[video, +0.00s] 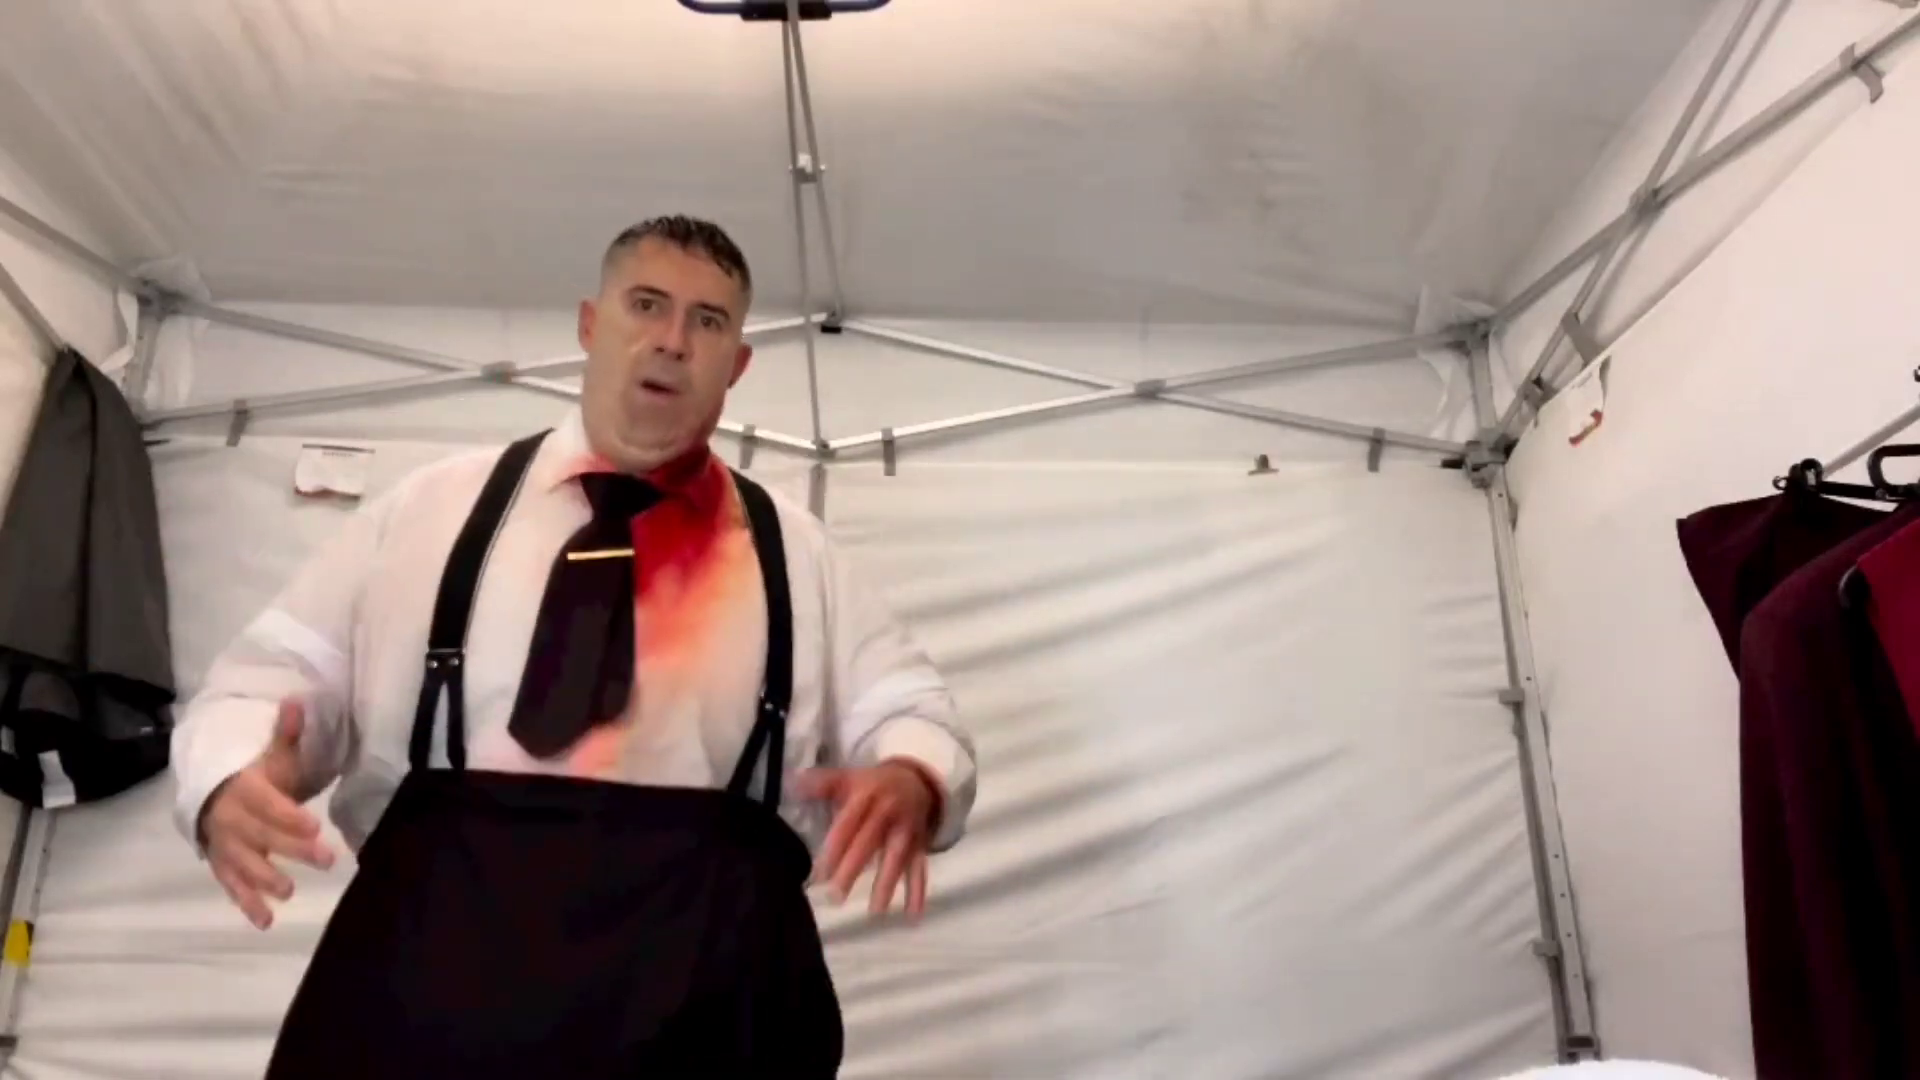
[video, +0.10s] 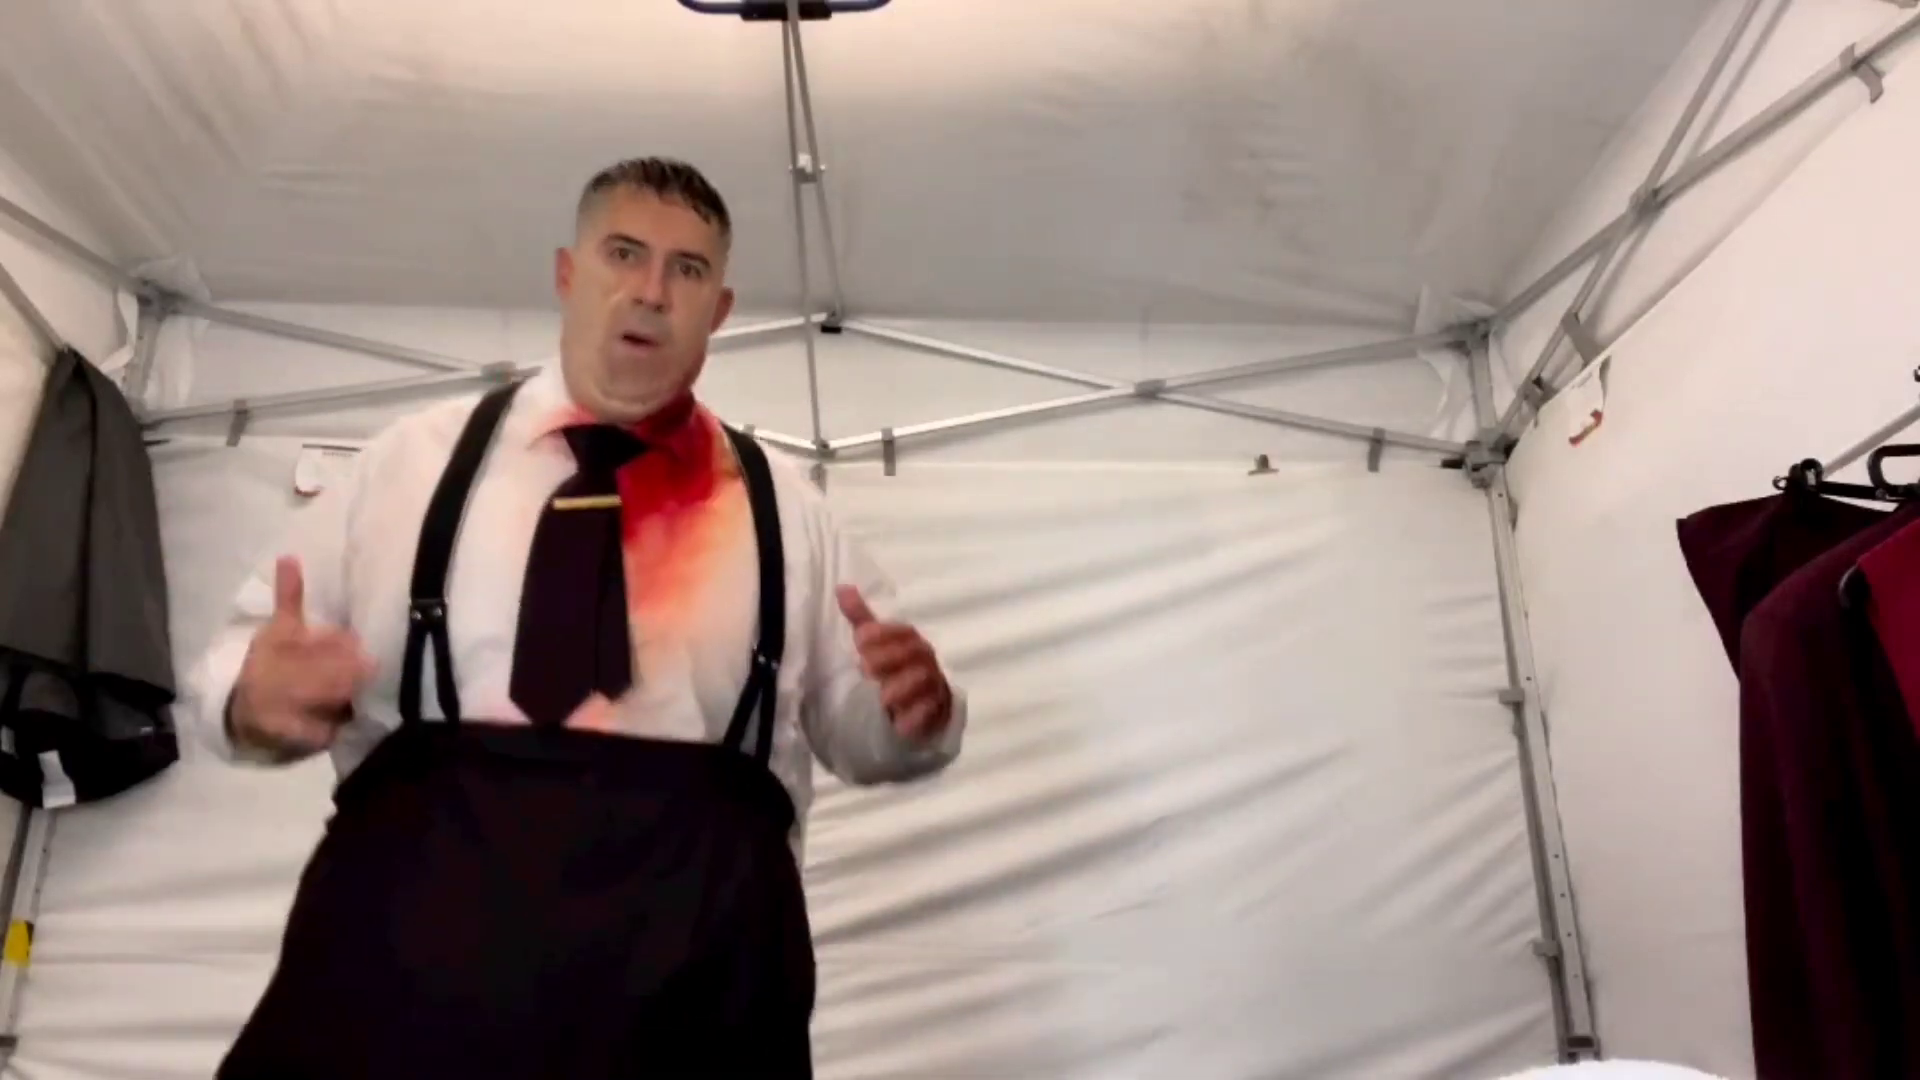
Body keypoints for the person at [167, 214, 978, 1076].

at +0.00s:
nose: (672, 341)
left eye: (706, 322)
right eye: (645, 306)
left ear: (738, 366)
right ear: (588, 328)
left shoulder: (796, 551)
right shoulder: (436, 506)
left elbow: (904, 706)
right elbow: (279, 674)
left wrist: (912, 775)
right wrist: (226, 779)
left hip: (697, 935)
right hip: (448, 922)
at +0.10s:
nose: (651, 291)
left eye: (687, 269)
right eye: (622, 254)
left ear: (719, 313)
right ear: (565, 277)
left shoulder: (785, 501)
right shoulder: (418, 458)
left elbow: (846, 725)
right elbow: (236, 665)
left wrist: (908, 712)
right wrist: (253, 696)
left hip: (688, 908)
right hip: (430, 895)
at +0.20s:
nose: (600, 238)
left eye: (636, 215)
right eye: (570, 206)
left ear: (674, 264)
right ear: (515, 236)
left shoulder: (753, 455)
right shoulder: (369, 420)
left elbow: (828, 656)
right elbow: (207, 666)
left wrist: (892, 650)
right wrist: (201, 602)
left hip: (655, 843)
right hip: (394, 824)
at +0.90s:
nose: (599, 204)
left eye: (638, 182)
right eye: (566, 169)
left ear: (678, 234)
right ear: (509, 202)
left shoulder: (753, 425)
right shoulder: (352, 385)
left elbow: (883, 687)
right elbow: (121, 609)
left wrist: (843, 623)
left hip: (667, 819)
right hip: (392, 798)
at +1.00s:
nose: (551, 223)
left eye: (591, 204)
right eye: (518, 195)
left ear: (634, 264)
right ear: (458, 237)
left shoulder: (724, 443)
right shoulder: (337, 418)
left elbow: (880, 651)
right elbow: (81, 525)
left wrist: (785, 663)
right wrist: (302, 376)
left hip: (645, 851)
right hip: (348, 840)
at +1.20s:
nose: (548, 203)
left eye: (595, 178)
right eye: (517, 168)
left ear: (655, 236)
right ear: (470, 208)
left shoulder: (764, 412)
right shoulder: (348, 418)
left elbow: (1017, 571)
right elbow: (97, 572)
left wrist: (941, 442)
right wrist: (273, 368)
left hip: (651, 881)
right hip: (356, 869)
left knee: (651, 790)